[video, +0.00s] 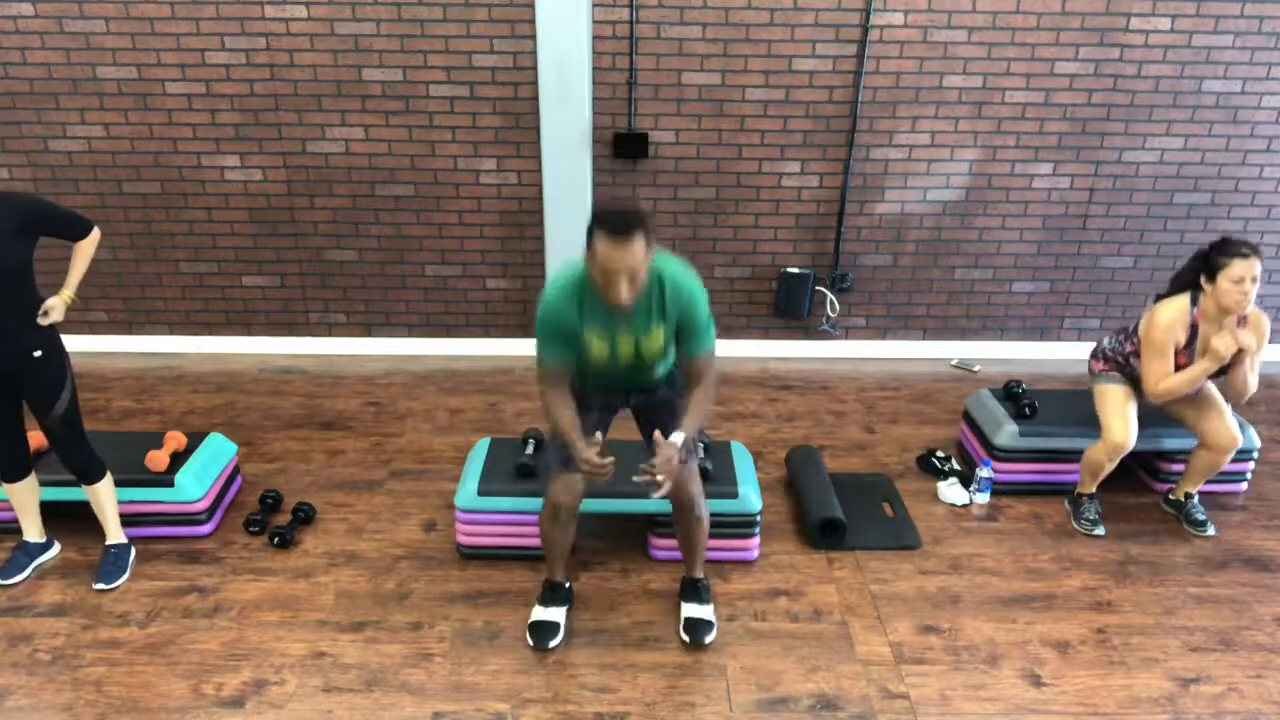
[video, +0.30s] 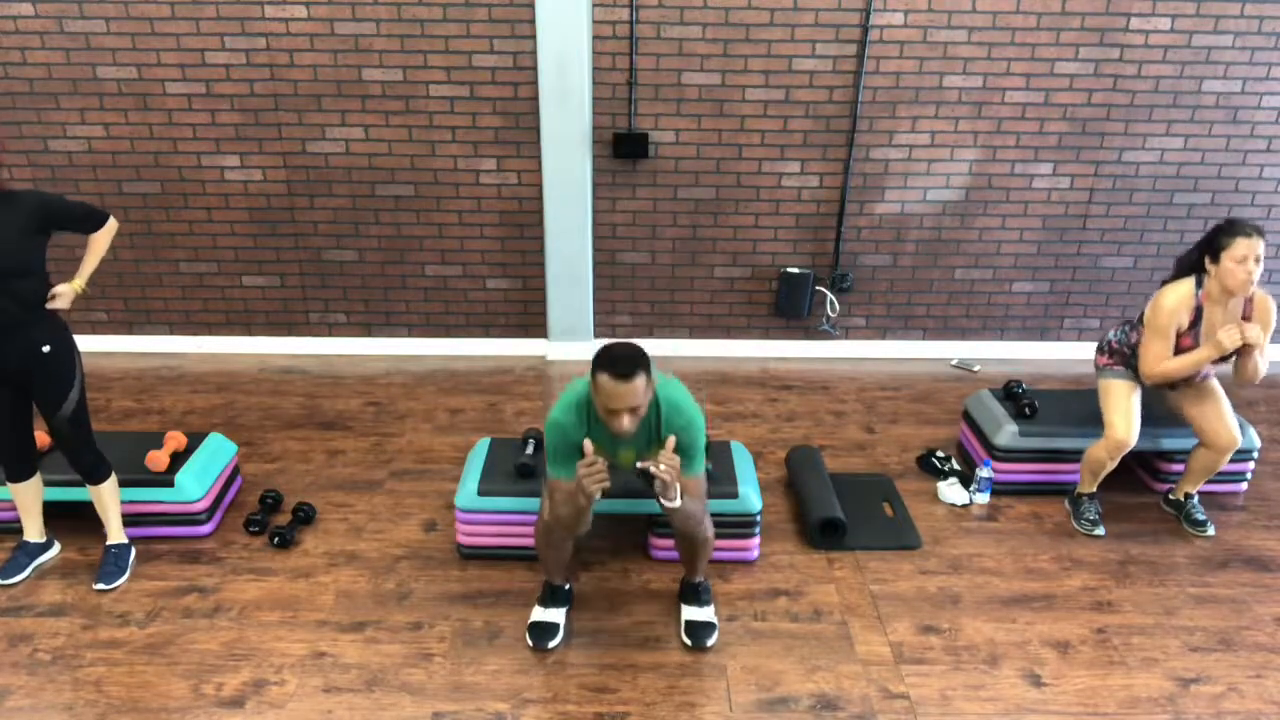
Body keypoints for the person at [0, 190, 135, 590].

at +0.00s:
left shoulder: (17, 210)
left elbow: (88, 233)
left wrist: (65, 295)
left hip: (33, 350)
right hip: (2, 362)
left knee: (74, 450)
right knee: (9, 455)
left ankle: (117, 543)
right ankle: (35, 540)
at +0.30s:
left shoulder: (25, 206)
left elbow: (104, 223)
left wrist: (77, 284)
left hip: (43, 345)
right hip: (3, 356)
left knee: (79, 448)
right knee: (14, 452)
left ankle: (118, 543)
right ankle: (35, 540)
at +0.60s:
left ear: (4, 173)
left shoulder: (28, 212)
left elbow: (97, 249)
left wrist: (59, 304)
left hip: (46, 350)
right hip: (4, 358)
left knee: (81, 448)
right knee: (16, 452)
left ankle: (118, 543)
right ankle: (35, 540)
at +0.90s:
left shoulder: (19, 221)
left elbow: (87, 272)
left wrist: (58, 337)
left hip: (42, 355)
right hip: (4, 367)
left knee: (76, 448)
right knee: (13, 455)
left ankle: (117, 542)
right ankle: (35, 540)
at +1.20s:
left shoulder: (25, 225)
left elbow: (60, 295)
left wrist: (55, 368)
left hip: (44, 356)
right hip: (2, 367)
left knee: (81, 446)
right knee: (12, 453)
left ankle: (124, 537)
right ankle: (34, 540)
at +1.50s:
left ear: (6, 185)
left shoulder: (35, 225)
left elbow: (68, 298)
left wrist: (80, 367)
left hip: (46, 363)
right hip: (4, 371)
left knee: (84, 450)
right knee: (14, 457)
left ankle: (124, 538)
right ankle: (31, 539)